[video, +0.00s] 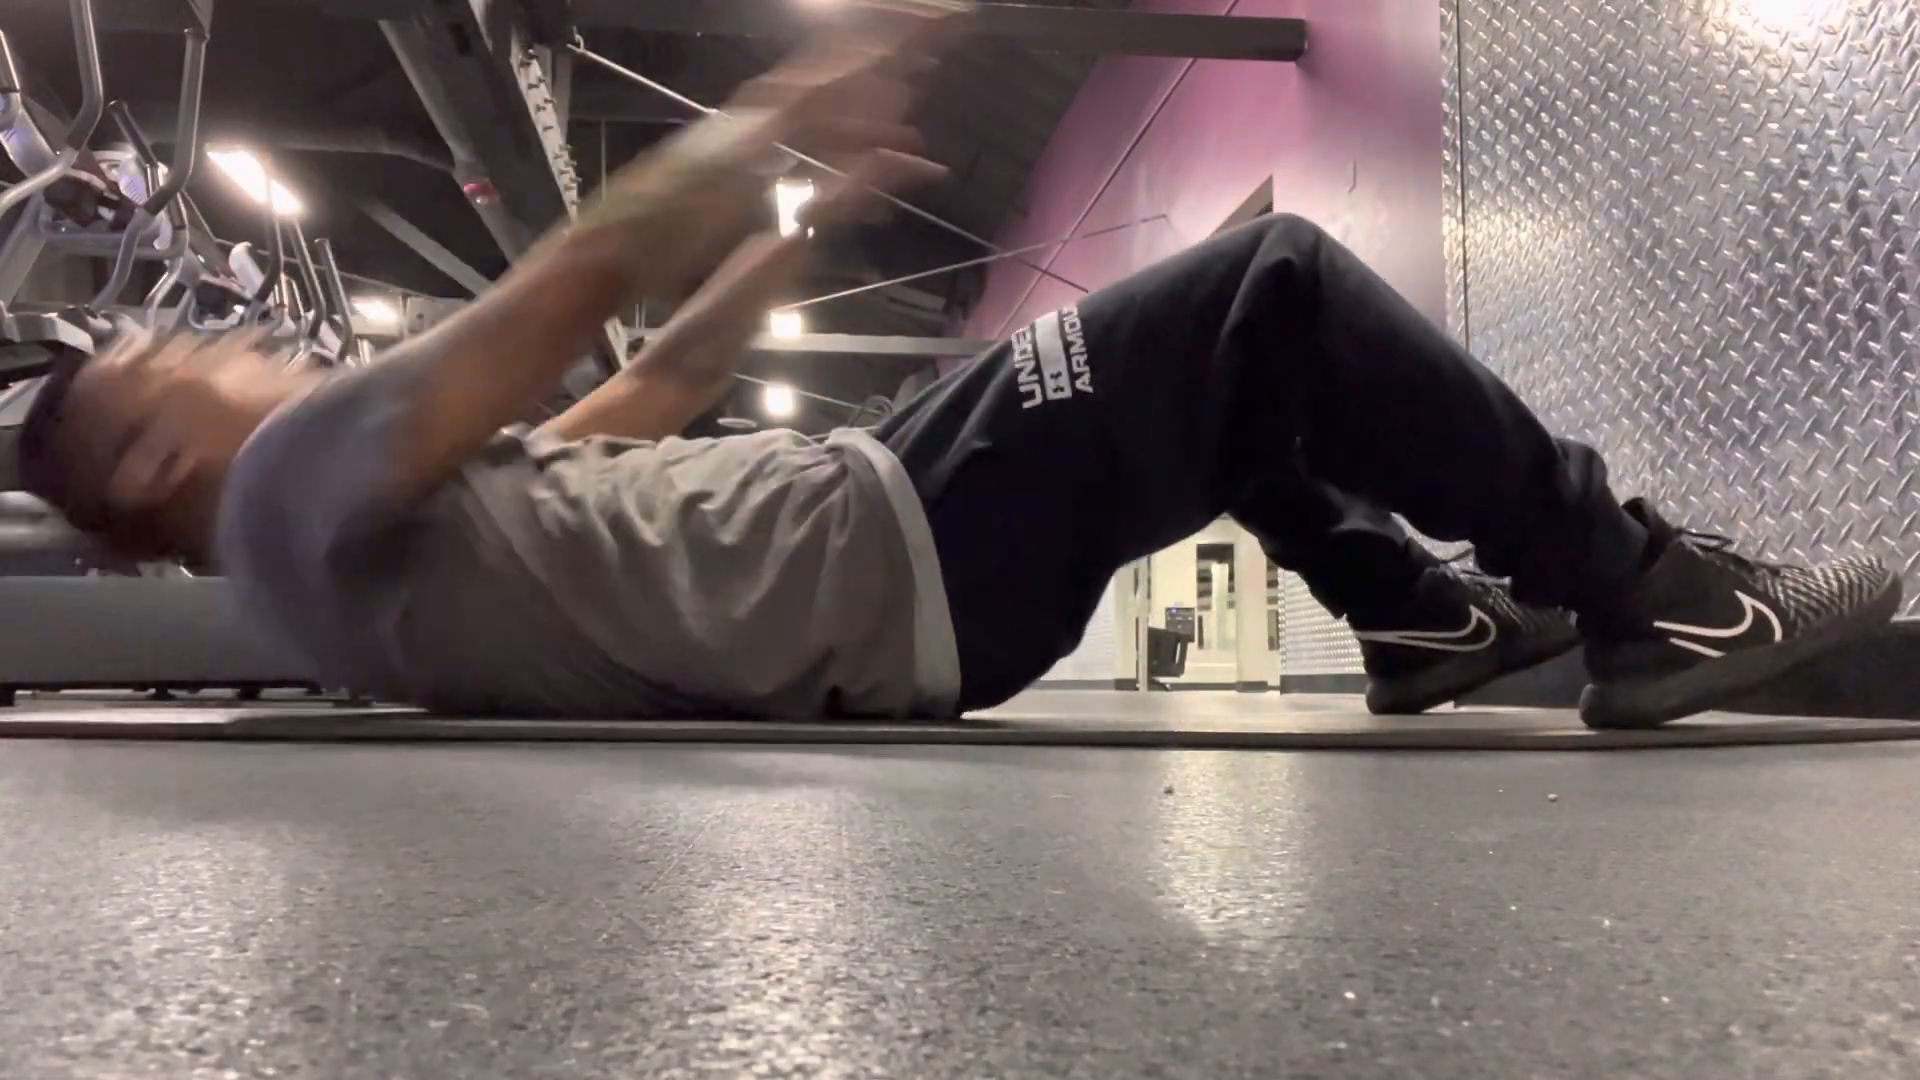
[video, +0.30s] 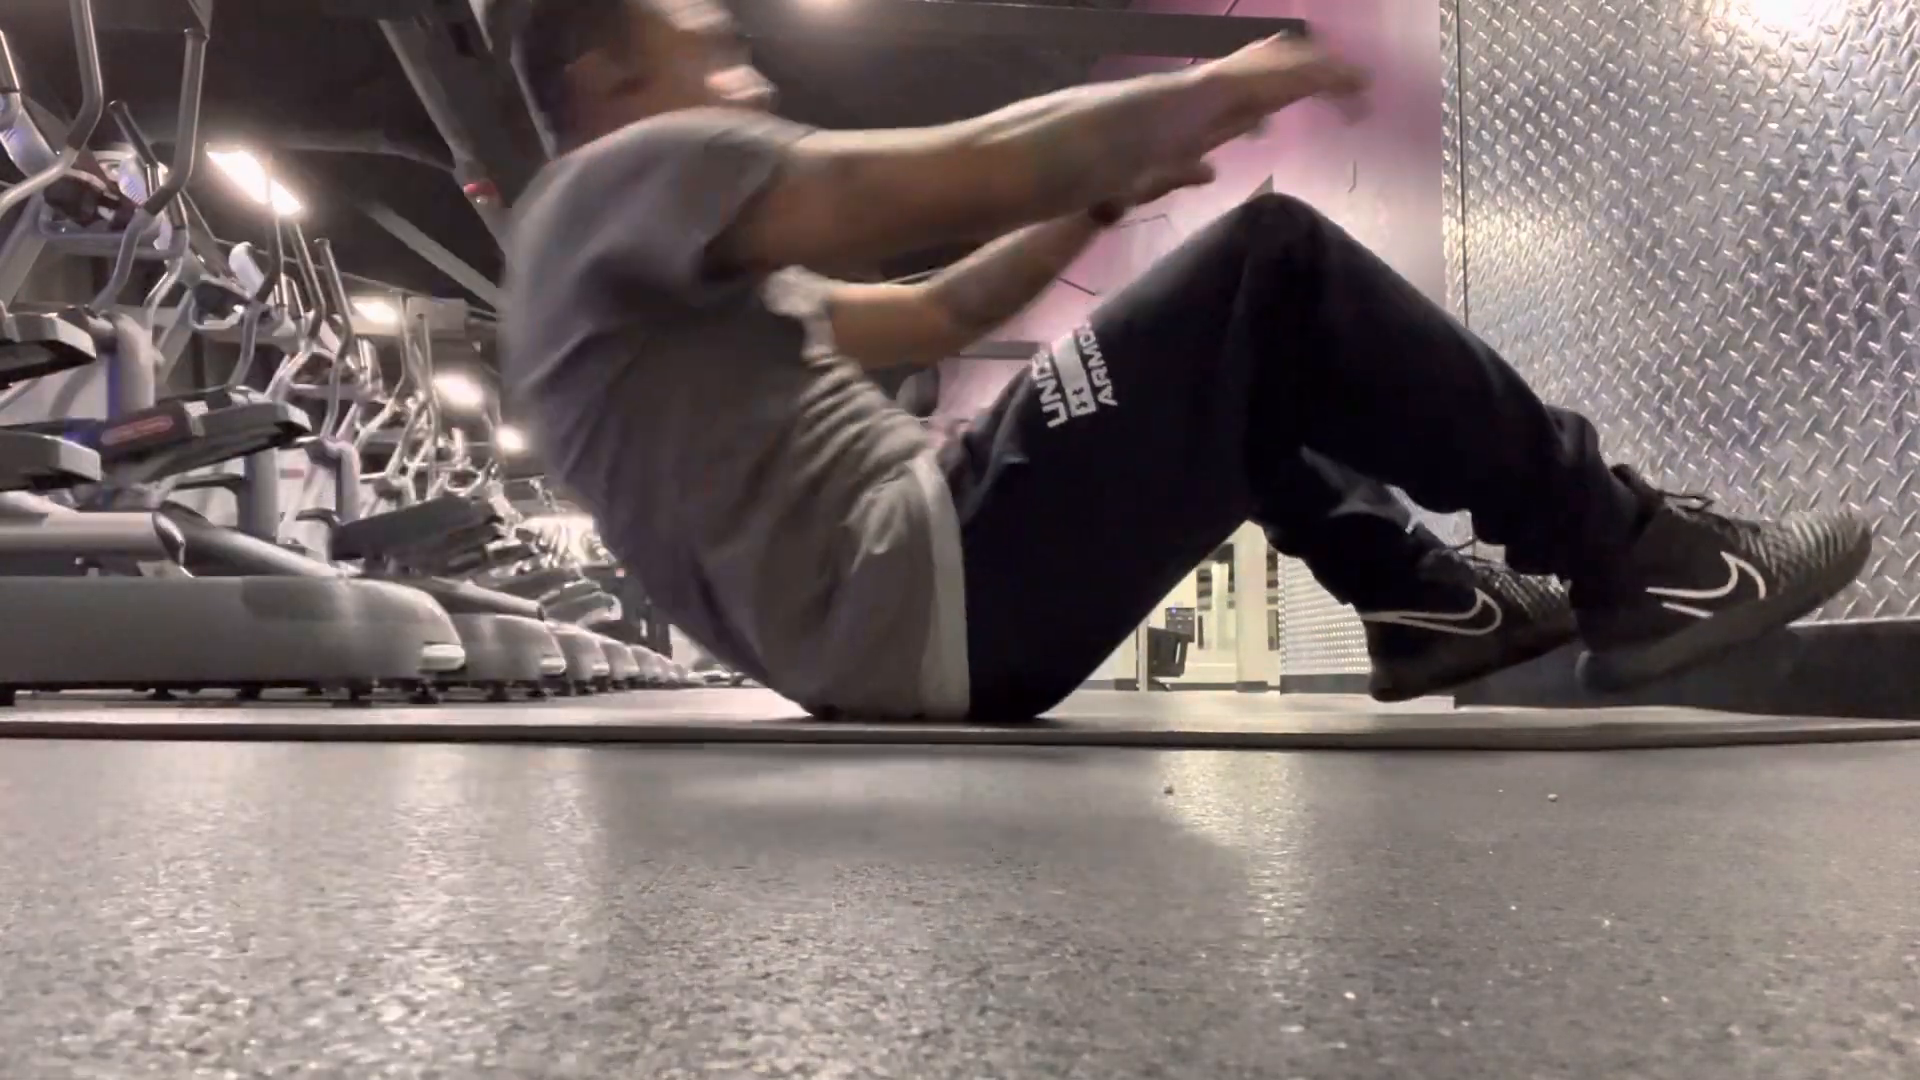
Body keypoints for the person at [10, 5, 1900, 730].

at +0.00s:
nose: (194, 365)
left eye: (166, 362)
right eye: (152, 389)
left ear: (202, 408)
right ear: (149, 478)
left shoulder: (345, 516)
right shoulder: (301, 492)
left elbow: (629, 413)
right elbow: (558, 306)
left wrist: (782, 237)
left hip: (853, 536)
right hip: (893, 567)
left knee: (1196, 346)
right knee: (1264, 274)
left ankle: (1442, 617)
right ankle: (1657, 591)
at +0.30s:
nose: (744, 84)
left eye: (733, 58)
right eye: (708, 57)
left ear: (589, 98)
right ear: (612, 80)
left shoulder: (656, 279)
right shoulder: (619, 189)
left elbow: (935, 318)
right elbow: (1003, 168)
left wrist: (1104, 198)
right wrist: (1255, 76)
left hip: (931, 608)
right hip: (934, 606)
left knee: (1205, 344)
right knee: (1262, 257)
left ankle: (1432, 604)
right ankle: (1642, 555)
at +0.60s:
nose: (1127, 103)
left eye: (1119, 82)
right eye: (1121, 66)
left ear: (1019, 29)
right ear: (1049, 29)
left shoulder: (960, 181)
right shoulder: (938, 61)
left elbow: (1033, 408)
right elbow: (999, 127)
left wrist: (1136, 280)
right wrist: (1271, 16)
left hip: (1007, 619)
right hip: (1030, 606)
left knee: (1256, 325)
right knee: (1346, 269)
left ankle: (1467, 620)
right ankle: (1681, 603)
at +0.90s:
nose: (1156, 51)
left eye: (1156, 32)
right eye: (1140, 19)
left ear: (1061, 16)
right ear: (1057, 1)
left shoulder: (990, 116)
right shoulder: (968, 77)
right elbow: (1038, 243)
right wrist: (1414, 97)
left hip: (1052, 630)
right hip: (1101, 621)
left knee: (1247, 288)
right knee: (1389, 271)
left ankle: (1459, 627)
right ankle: (1693, 611)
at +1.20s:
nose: (615, 122)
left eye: (595, 99)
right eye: (562, 109)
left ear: (570, 159)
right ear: (467, 197)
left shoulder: (604, 337)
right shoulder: (531, 314)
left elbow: (880, 363)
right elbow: (872, 238)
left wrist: (912, 273)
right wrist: (1082, 46)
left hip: (969, 569)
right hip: (979, 613)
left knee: (1255, 276)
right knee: (1317, 275)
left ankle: (1459, 624)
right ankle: (1658, 589)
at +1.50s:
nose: (197, 345)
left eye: (171, 343)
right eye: (153, 365)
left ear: (188, 420)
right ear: (149, 448)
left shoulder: (356, 489)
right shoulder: (279, 515)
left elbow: (589, 400)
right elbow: (301, 167)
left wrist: (479, 228)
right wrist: (392, 50)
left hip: (873, 523)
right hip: (892, 564)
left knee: (1220, 332)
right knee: (1259, 263)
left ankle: (1434, 619)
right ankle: (1621, 578)